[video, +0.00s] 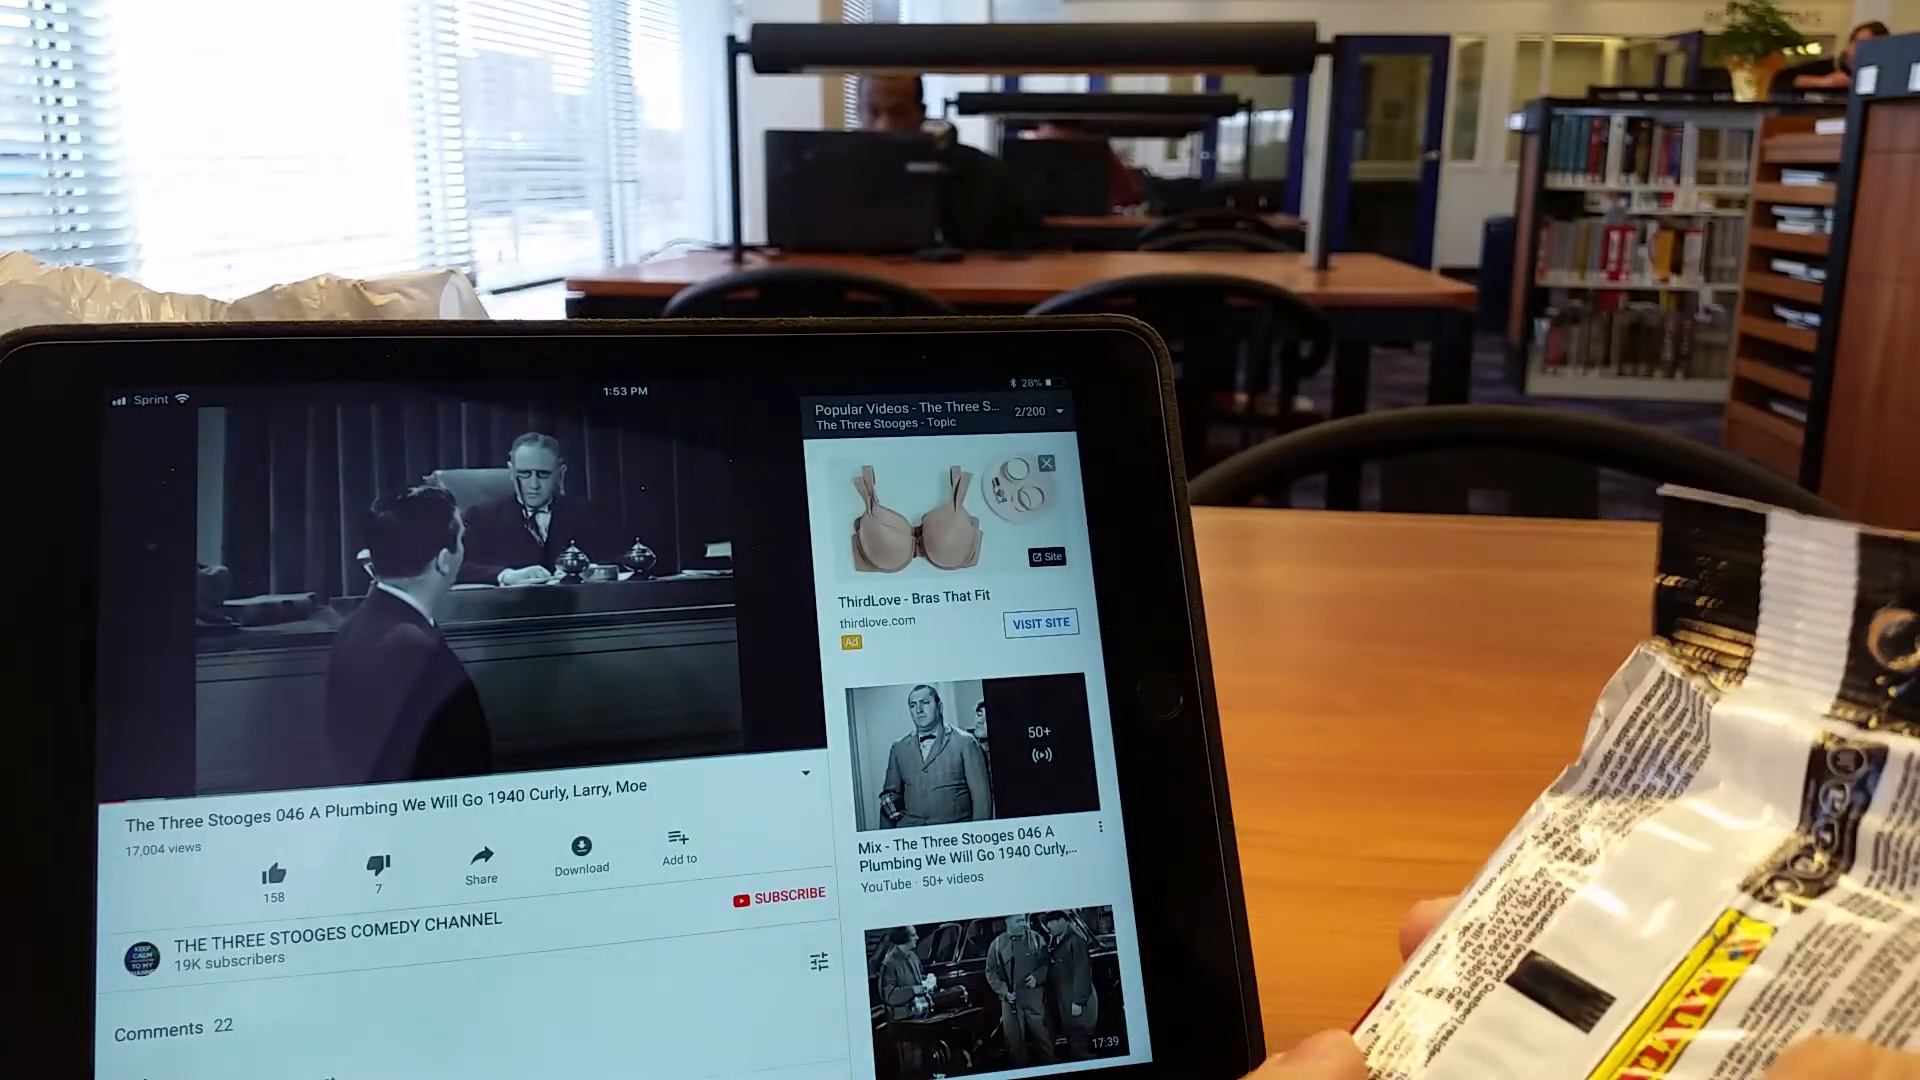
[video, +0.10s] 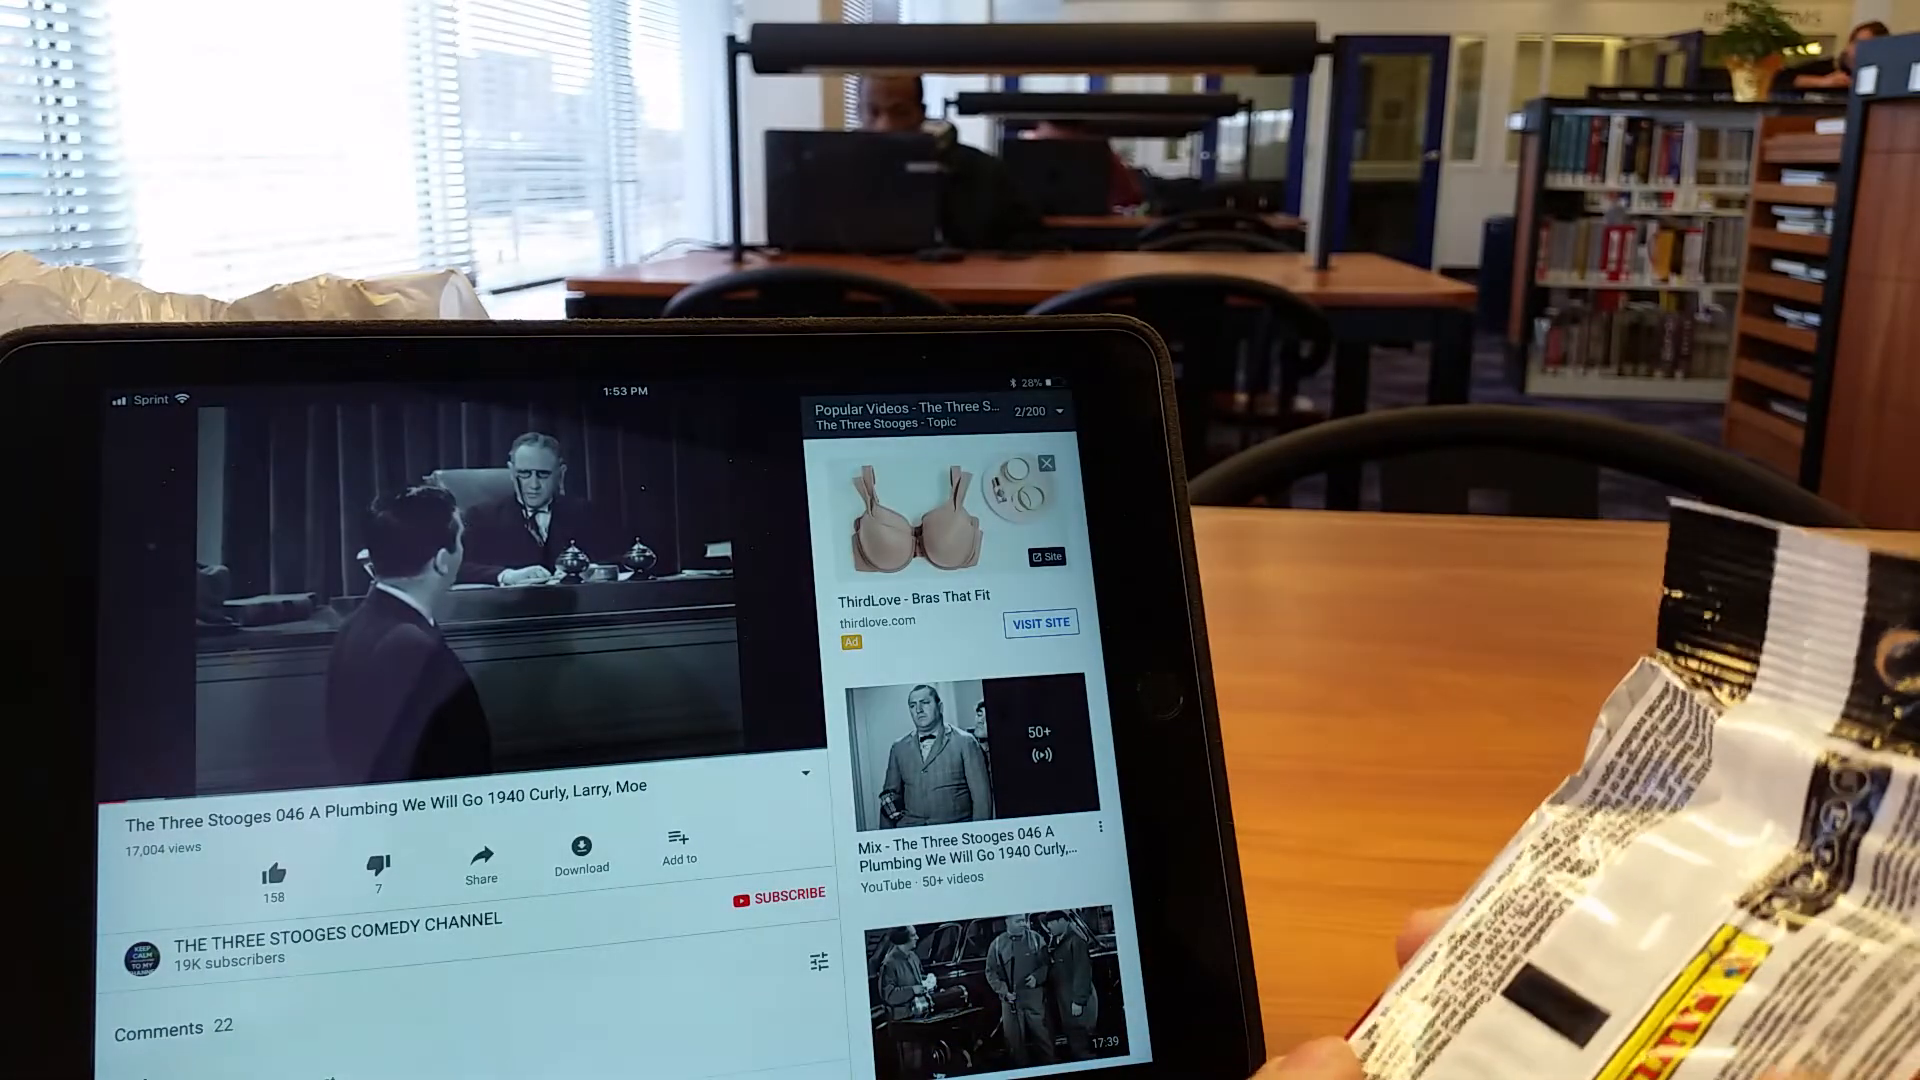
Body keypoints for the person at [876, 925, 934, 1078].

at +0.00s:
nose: (917, 938)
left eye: (916, 934)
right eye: (913, 936)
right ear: (902, 940)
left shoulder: (913, 956)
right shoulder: (889, 963)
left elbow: (919, 978)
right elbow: (889, 995)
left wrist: (929, 981)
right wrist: (916, 990)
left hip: (921, 1015)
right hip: (902, 1019)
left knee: (925, 1056)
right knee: (908, 1060)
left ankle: (927, 1076)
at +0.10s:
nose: (917, 938)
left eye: (916, 934)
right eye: (913, 936)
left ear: (904, 939)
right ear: (903, 940)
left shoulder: (913, 956)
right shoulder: (890, 963)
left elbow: (920, 978)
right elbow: (888, 995)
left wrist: (928, 981)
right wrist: (915, 990)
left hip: (920, 1014)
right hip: (902, 1018)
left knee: (924, 1055)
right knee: (908, 1059)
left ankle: (926, 1076)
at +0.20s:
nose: (917, 938)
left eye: (916, 934)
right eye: (913, 936)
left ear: (904, 939)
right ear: (903, 939)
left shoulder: (913, 957)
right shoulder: (889, 963)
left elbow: (920, 979)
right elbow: (889, 995)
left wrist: (928, 982)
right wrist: (914, 990)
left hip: (920, 1015)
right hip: (902, 1019)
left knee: (924, 1058)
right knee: (908, 1062)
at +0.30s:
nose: (917, 938)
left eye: (916, 934)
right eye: (913, 936)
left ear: (904, 939)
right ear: (903, 940)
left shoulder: (913, 957)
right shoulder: (889, 963)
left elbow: (920, 979)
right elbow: (889, 995)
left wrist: (928, 981)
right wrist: (915, 990)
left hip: (920, 1015)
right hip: (901, 1019)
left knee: (924, 1059)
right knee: (908, 1062)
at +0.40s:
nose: (917, 938)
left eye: (916, 934)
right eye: (913, 936)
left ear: (904, 940)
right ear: (903, 940)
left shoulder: (913, 956)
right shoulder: (889, 963)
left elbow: (920, 979)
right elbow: (889, 995)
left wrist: (928, 981)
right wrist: (914, 990)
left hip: (921, 1016)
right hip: (902, 1020)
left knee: (924, 1060)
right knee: (909, 1063)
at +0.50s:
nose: (917, 938)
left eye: (916, 934)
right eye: (913, 935)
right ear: (902, 939)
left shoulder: (913, 956)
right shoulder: (889, 964)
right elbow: (888, 994)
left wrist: (927, 982)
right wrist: (912, 990)